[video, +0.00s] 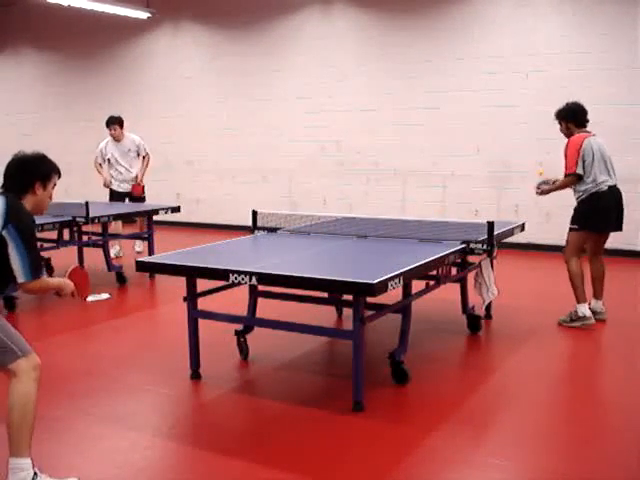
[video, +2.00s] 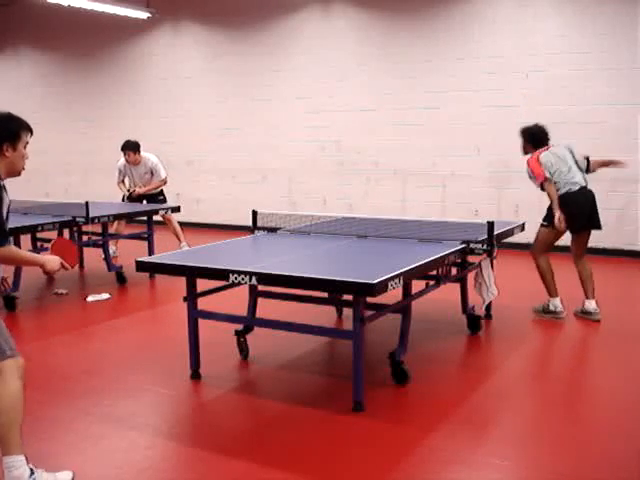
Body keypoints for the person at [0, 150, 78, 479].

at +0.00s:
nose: (52, 196)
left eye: (53, 188)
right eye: (51, 188)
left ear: (25, 185)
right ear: (36, 187)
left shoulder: (7, 210)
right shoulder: (15, 218)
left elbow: (25, 279)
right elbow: (28, 283)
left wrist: (51, 281)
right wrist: (58, 283)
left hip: (1, 314)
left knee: (23, 365)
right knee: (26, 366)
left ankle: (20, 466)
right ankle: (20, 469)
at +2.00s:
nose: (28, 155)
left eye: (27, 147)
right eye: (24, 147)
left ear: (6, 150)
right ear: (6, 149)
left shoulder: (3, 192)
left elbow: (3, 246)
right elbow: (2, 249)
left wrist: (36, 258)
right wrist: (39, 259)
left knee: (12, 364)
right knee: (11, 365)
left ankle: (15, 466)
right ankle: (14, 468)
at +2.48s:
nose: (10, 161)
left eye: (12, 153)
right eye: (8, 152)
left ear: (5, 153)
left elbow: (16, 242)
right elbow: (19, 248)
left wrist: (51, 263)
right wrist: (57, 270)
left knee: (34, 356)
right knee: (37, 357)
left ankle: (30, 459)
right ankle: (31, 460)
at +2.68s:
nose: (62, 180)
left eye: (63, 171)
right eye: (58, 170)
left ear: (28, 167)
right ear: (37, 168)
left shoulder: (4, 187)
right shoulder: (22, 196)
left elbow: (21, 236)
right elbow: (71, 241)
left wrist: (46, 261)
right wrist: (80, 272)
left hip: (6, 311)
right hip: (6, 313)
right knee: (74, 362)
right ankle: (89, 464)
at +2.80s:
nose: (93, 205)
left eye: (95, 199)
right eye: (92, 197)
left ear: (51, 183)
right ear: (74, 189)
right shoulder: (66, 212)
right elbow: (119, 240)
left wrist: (114, 269)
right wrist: (123, 271)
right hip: (16, 321)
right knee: (92, 362)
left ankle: (91, 463)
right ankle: (92, 465)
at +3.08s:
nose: (65, 178)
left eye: (65, 170)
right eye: (63, 170)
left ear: (19, 166)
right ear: (48, 171)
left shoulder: (6, 194)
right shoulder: (53, 201)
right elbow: (130, 218)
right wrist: (165, 239)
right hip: (13, 327)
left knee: (76, 363)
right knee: (78, 365)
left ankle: (92, 463)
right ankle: (92, 464)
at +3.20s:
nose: (10, 127)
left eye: (8, 118)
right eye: (7, 118)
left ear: (2, 119)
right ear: (1, 119)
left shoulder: (5, 166)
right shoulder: (2, 166)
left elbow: (47, 211)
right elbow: (55, 216)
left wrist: (80, 225)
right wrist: (92, 228)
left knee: (26, 389)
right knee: (25, 389)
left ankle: (77, 465)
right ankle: (78, 466)